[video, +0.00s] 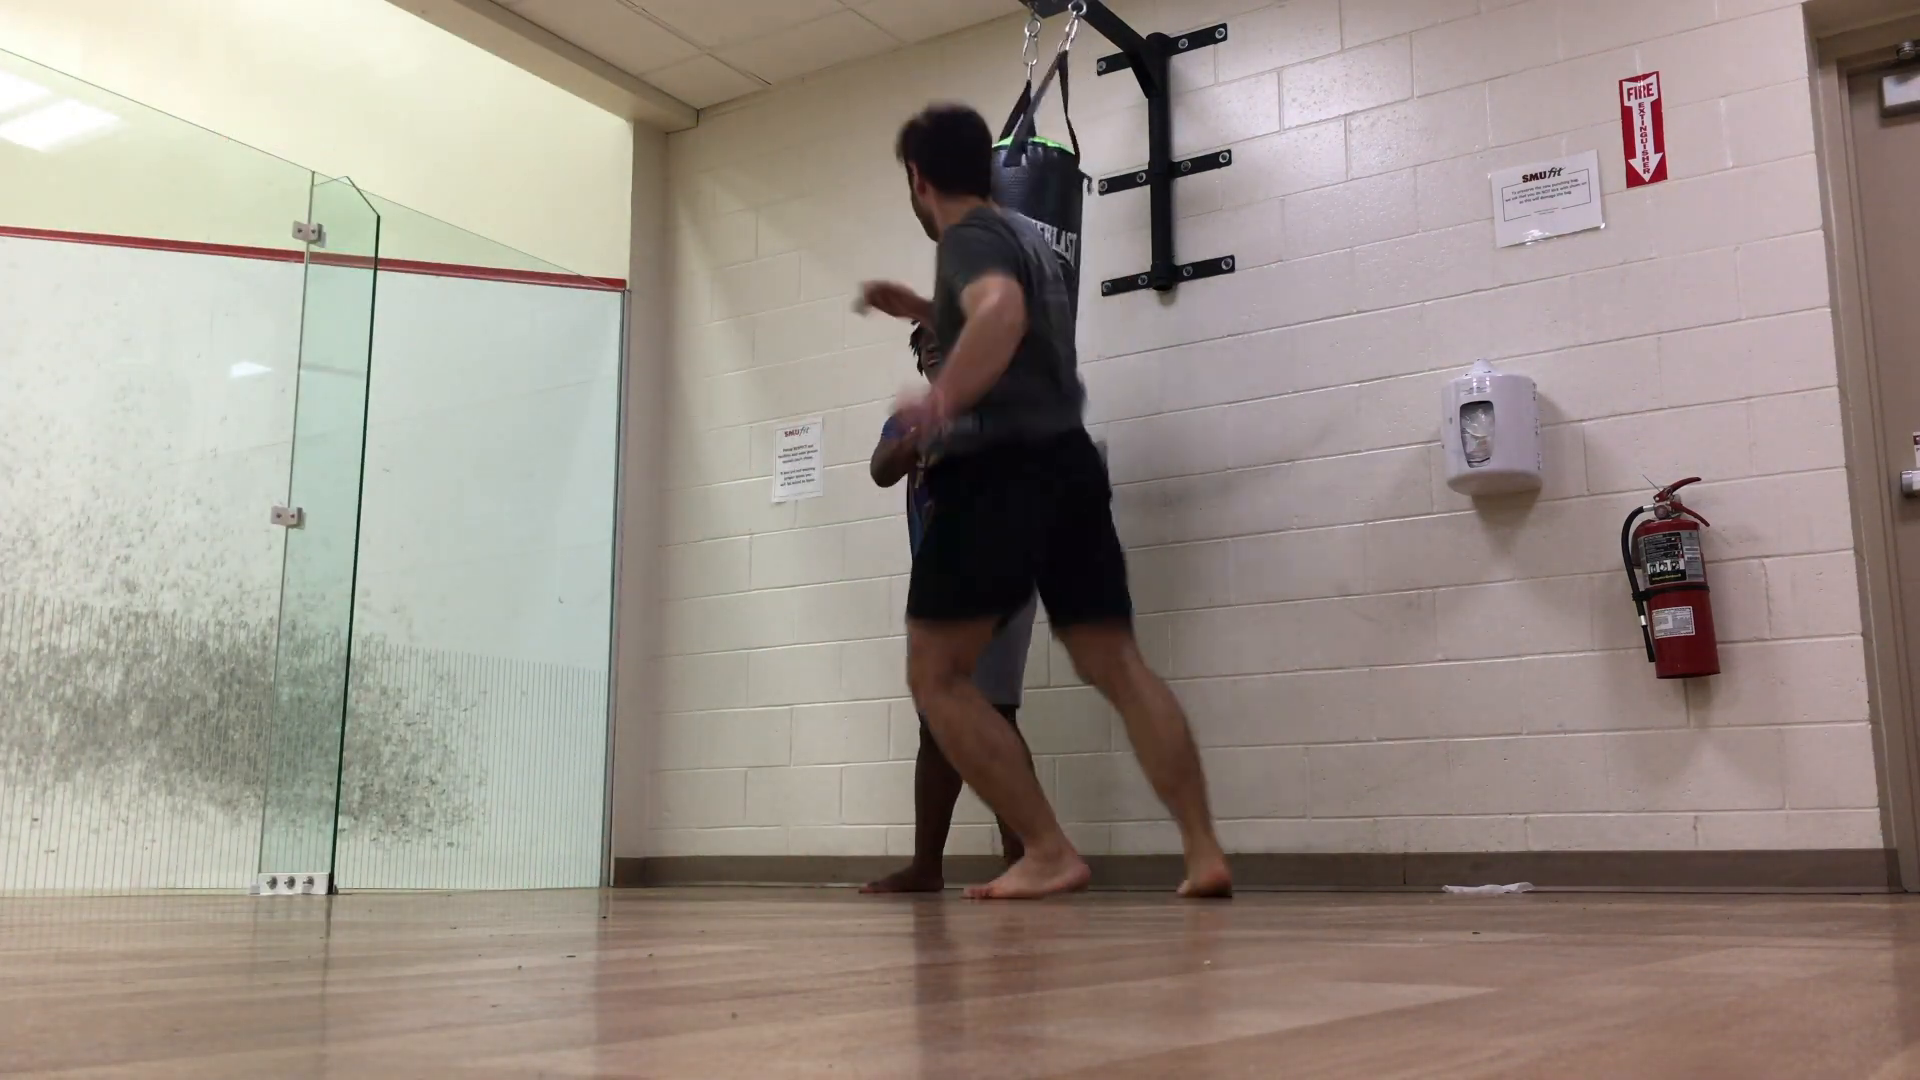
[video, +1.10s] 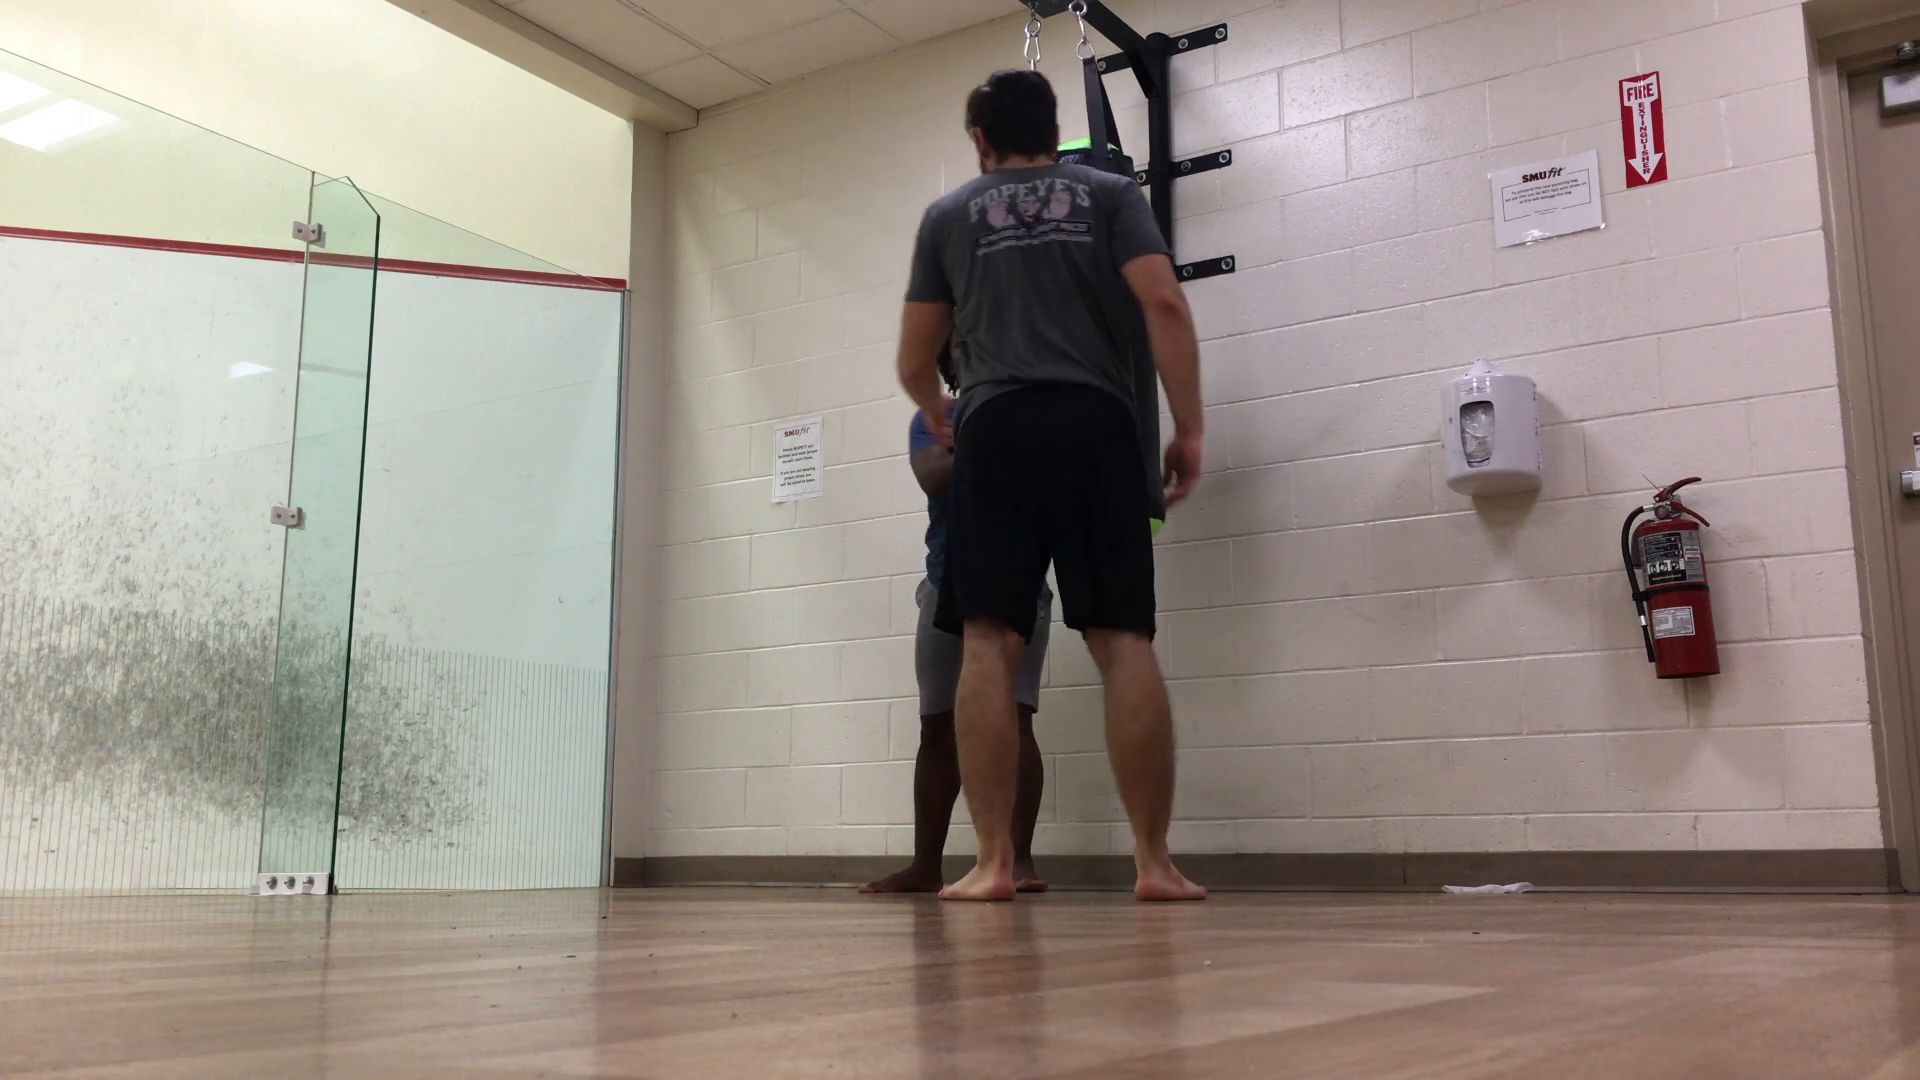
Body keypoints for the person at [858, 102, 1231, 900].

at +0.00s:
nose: (910, 194)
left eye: (908, 180)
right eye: (910, 180)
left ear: (921, 180)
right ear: (988, 170)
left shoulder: (967, 236)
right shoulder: (1037, 240)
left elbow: (1000, 306)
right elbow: (1019, 335)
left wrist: (939, 399)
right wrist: (924, 309)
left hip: (991, 478)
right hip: (1070, 470)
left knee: (936, 677)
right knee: (1116, 661)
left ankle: (1048, 852)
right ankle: (1204, 852)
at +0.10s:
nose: (917, 163)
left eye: (914, 148)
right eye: (916, 150)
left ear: (928, 136)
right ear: (985, 131)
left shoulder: (974, 177)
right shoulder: (1003, 195)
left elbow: (989, 259)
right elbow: (974, 332)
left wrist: (853, 337)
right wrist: (899, 368)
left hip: (988, 448)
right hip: (1042, 437)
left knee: (951, 643)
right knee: (1069, 589)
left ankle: (1041, 837)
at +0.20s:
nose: (908, 137)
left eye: (908, 123)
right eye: (910, 125)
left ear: (924, 110)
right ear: (984, 112)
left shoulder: (959, 156)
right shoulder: (1015, 174)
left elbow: (872, 271)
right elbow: (1066, 314)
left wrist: (822, 272)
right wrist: (1082, 408)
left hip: (1007, 415)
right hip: (1017, 404)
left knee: (969, 613)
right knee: (953, 466)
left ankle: (1013, 834)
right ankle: (1098, 483)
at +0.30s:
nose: (898, 123)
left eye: (900, 113)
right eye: (907, 113)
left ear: (909, 110)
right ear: (981, 119)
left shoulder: (918, 149)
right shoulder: (1024, 196)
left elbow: (834, 261)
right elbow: (1109, 293)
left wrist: (887, 194)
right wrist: (1166, 364)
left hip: (992, 403)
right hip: (1038, 393)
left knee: (989, 637)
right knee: (973, 461)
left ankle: (1013, 848)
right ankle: (1092, 482)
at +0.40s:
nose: (899, 100)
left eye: (899, 90)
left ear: (905, 90)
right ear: (980, 96)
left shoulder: (899, 130)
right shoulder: (1035, 162)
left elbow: (862, 277)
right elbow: (1125, 268)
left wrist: (905, 241)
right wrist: (1144, 353)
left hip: (975, 384)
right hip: (1059, 372)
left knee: (985, 604)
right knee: (1065, 515)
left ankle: (1016, 826)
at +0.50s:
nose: (891, 123)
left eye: (892, 111)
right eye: (894, 111)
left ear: (903, 109)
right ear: (978, 110)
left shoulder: (900, 164)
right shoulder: (1040, 171)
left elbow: (891, 304)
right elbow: (1119, 276)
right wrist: (1082, 352)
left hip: (967, 417)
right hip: (1059, 404)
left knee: (985, 630)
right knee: (1109, 608)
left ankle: (1022, 843)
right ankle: (1177, 790)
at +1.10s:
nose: (975, 152)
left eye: (971, 141)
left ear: (980, 143)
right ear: (1057, 135)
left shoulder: (946, 217)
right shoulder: (1111, 193)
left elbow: (915, 363)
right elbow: (1164, 299)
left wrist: (943, 412)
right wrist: (1188, 424)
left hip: (996, 443)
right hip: (1101, 437)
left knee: (986, 643)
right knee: (1125, 643)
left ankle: (995, 861)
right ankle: (1153, 860)